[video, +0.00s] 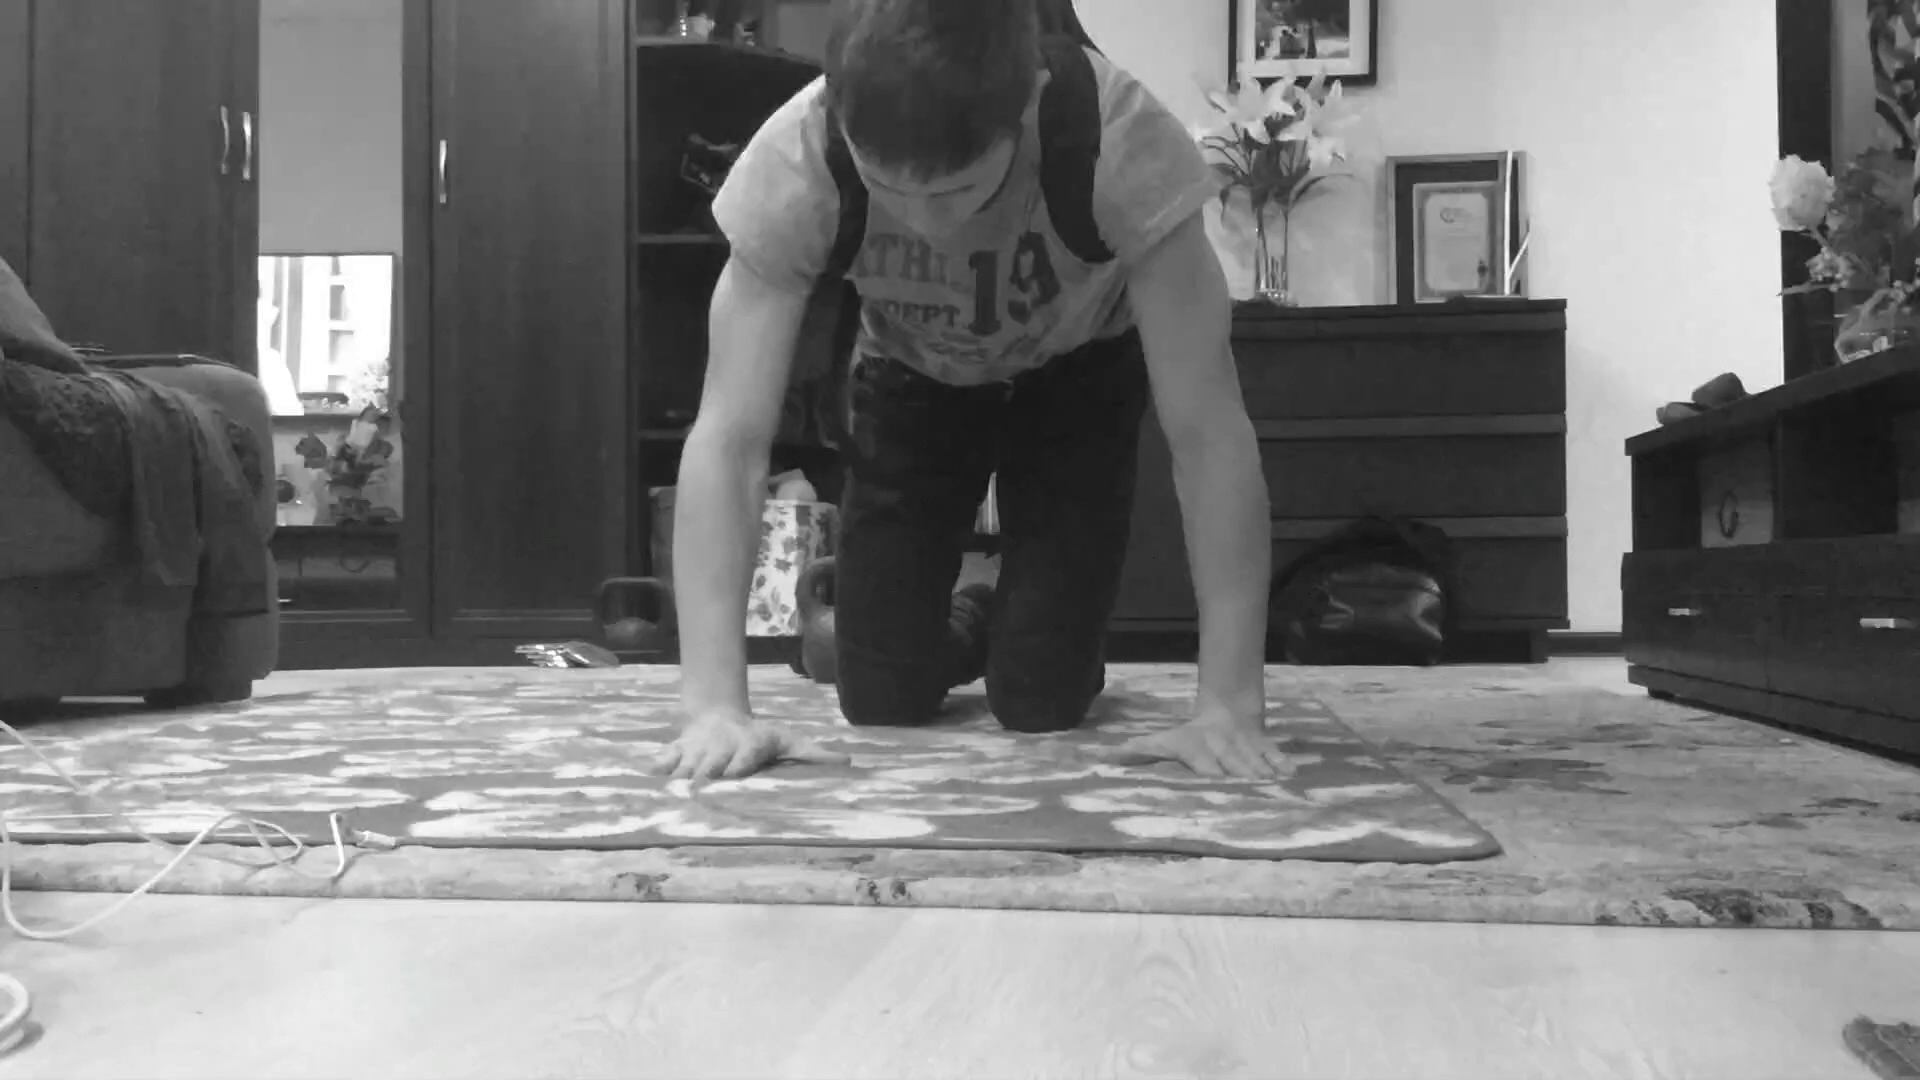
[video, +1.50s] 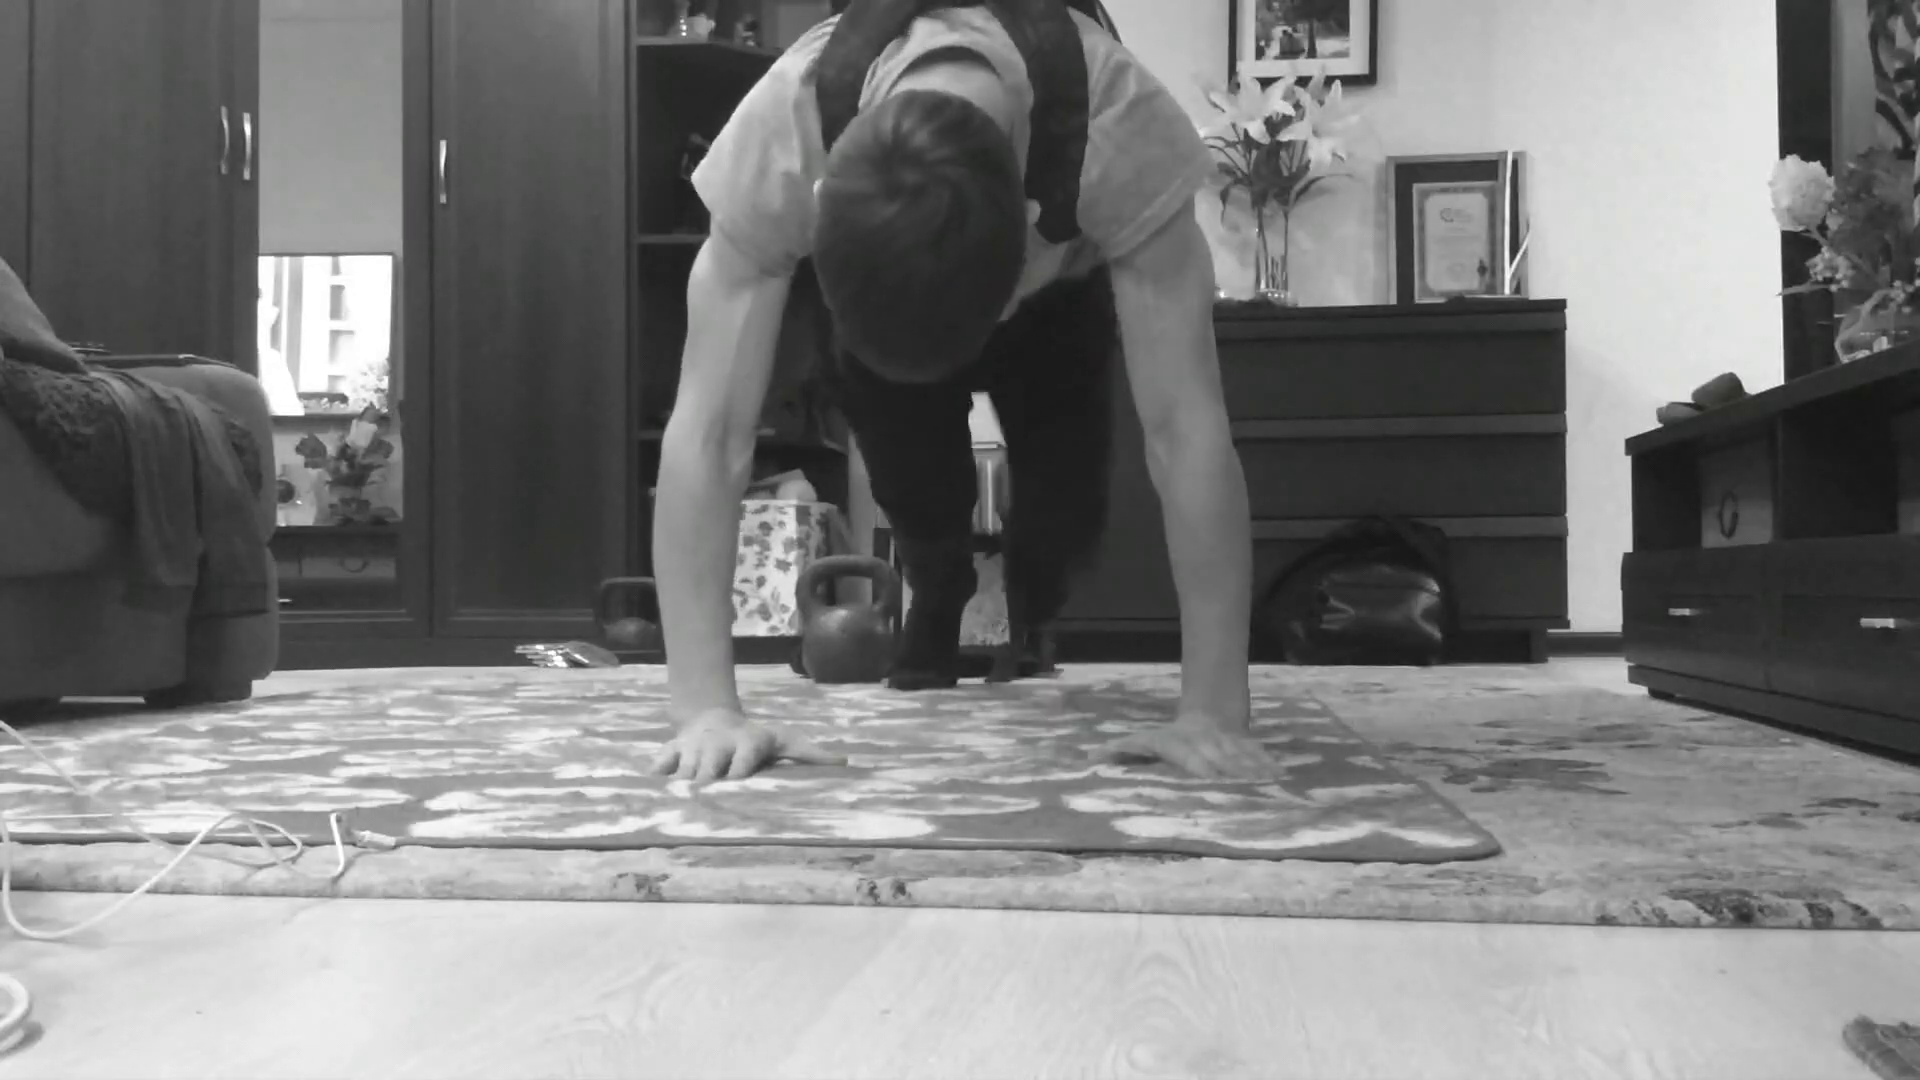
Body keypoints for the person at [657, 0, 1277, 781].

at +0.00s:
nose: (925, 224)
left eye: (960, 196)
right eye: (892, 194)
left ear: (1029, 124)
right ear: (850, 137)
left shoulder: (1123, 150)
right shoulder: (795, 176)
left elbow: (1211, 434)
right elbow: (726, 442)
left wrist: (1230, 707)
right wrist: (714, 707)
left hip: (1077, 369)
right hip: (909, 372)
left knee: (1037, 705)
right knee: (881, 699)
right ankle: (979, 619)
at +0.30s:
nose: (971, 347)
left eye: (994, 323)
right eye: (930, 335)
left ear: (1037, 197)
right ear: (841, 203)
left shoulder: (1136, 143)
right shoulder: (784, 169)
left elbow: (1220, 426)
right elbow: (720, 441)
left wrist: (1222, 711)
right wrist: (709, 710)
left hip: (1084, 356)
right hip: (908, 361)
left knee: (1042, 706)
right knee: (891, 650)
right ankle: (1008, 555)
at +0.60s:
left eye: (944, 431)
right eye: (900, 431)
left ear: (1033, 283)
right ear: (841, 278)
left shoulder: (1143, 161)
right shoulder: (796, 163)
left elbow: (1223, 437)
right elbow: (714, 438)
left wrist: (1226, 710)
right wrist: (708, 709)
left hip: (1085, 340)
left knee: (1039, 705)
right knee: (930, 517)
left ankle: (1066, 662)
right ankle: (957, 541)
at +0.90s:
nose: (916, 410)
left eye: (941, 388)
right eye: (893, 401)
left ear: (1015, 266)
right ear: (824, 255)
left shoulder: (1131, 151)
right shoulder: (784, 159)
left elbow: (1210, 426)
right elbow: (722, 436)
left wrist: (1221, 709)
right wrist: (710, 709)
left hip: (1081, 341)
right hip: (911, 345)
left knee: (1039, 704)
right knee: (935, 504)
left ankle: (1074, 653)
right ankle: (972, 548)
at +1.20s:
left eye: (955, 346)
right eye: (896, 361)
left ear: (1010, 241)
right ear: (830, 227)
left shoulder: (1124, 139)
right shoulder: (781, 150)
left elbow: (1190, 425)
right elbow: (718, 434)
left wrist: (1214, 709)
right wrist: (708, 710)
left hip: (1058, 320)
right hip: (887, 327)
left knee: (1040, 703)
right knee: (916, 522)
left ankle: (1044, 638)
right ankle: (940, 591)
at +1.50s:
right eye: (887, 353)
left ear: (1014, 249)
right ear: (829, 223)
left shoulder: (1125, 139)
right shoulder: (778, 148)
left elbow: (1189, 431)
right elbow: (708, 434)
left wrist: (1215, 714)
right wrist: (706, 711)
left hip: (1055, 262)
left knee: (1065, 493)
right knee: (905, 474)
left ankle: (1032, 617)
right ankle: (934, 591)